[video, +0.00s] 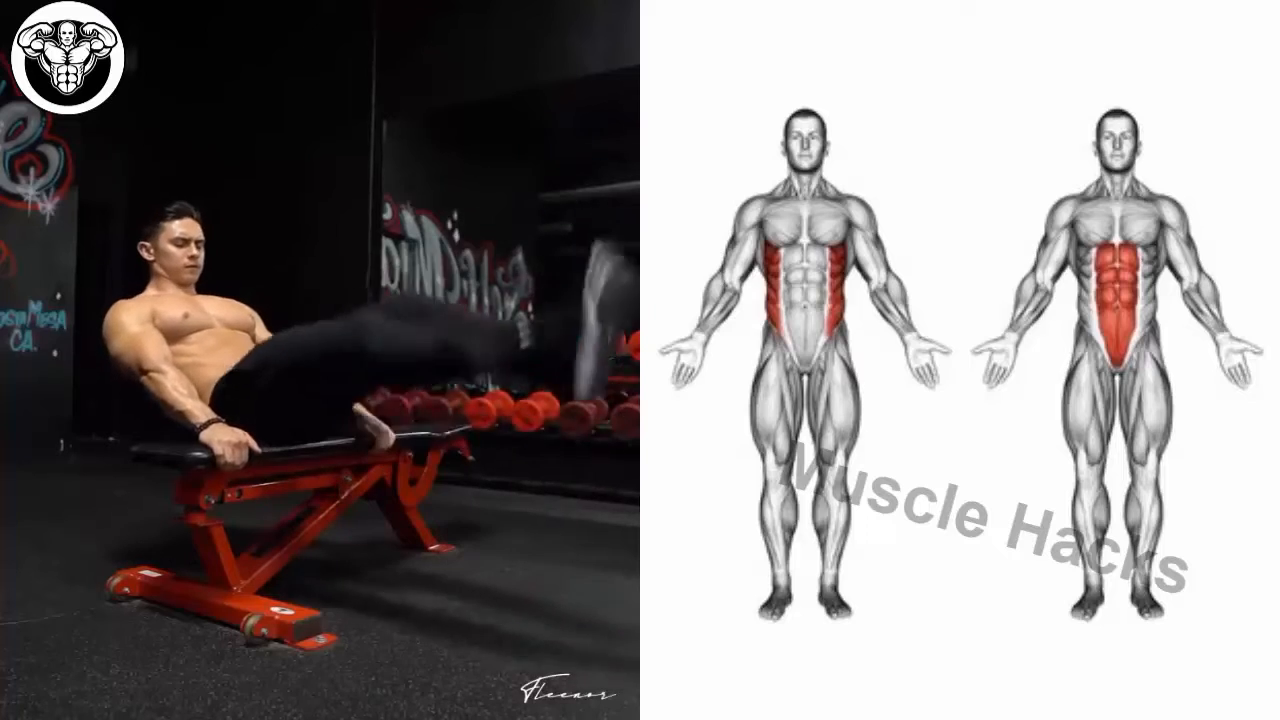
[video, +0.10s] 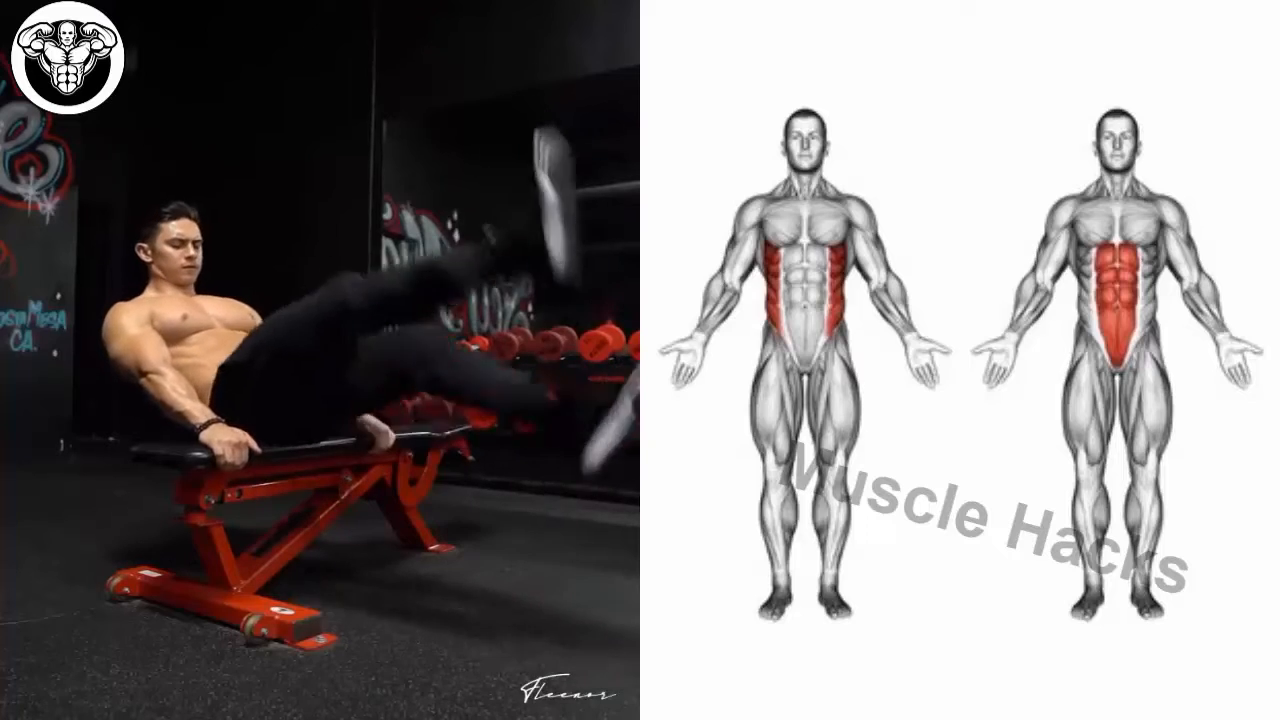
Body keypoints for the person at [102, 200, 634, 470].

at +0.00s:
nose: (193, 253)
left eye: (198, 244)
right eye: (180, 243)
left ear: (202, 251)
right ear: (149, 251)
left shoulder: (238, 308)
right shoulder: (129, 313)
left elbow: (286, 370)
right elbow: (156, 373)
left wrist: (357, 416)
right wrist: (208, 425)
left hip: (291, 400)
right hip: (237, 413)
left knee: (388, 312)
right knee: (349, 342)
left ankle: (546, 357)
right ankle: (510, 350)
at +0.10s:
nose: (190, 254)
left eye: (196, 245)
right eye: (176, 245)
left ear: (202, 251)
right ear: (147, 253)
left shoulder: (234, 308)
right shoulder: (127, 316)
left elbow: (295, 358)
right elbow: (157, 376)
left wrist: (351, 416)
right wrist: (209, 426)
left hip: (303, 399)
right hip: (246, 400)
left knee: (418, 343)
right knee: (342, 299)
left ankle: (570, 421)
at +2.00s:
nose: (221, 228)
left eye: (226, 219)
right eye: (209, 217)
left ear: (229, 228)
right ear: (173, 224)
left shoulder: (251, 291)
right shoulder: (146, 290)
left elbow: (309, 352)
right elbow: (163, 361)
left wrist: (368, 375)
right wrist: (209, 426)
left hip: (294, 378)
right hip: (240, 393)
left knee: (376, 299)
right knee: (371, 400)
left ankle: (535, 241)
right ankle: (510, 534)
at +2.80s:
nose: (204, 219)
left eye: (205, 212)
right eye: (188, 213)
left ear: (210, 229)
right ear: (160, 233)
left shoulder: (250, 293)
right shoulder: (143, 292)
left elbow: (314, 357)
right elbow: (163, 361)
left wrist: (371, 387)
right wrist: (209, 424)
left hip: (301, 384)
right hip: (246, 398)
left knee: (387, 309)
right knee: (380, 405)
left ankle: (553, 276)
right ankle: (533, 532)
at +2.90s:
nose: (209, 216)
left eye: (210, 208)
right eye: (193, 209)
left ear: (214, 226)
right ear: (164, 229)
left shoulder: (253, 291)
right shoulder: (147, 288)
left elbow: (313, 355)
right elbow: (164, 359)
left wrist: (358, 404)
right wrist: (210, 424)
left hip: (305, 377)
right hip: (251, 390)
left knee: (376, 297)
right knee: (382, 442)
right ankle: (508, 589)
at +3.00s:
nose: (212, 212)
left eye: (214, 205)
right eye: (197, 205)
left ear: (217, 223)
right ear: (167, 225)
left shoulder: (253, 290)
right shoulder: (150, 284)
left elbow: (310, 353)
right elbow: (164, 355)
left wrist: (372, 405)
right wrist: (209, 425)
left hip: (300, 375)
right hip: (246, 388)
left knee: (376, 290)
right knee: (375, 425)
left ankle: (517, 210)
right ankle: (501, 584)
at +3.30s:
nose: (205, 215)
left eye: (205, 209)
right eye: (189, 210)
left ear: (208, 226)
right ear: (159, 230)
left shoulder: (253, 287)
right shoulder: (145, 290)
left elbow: (302, 351)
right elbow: (165, 362)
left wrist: (344, 408)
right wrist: (208, 426)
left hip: (301, 394)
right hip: (241, 396)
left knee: (434, 394)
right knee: (346, 301)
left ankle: (569, 513)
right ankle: (515, 264)